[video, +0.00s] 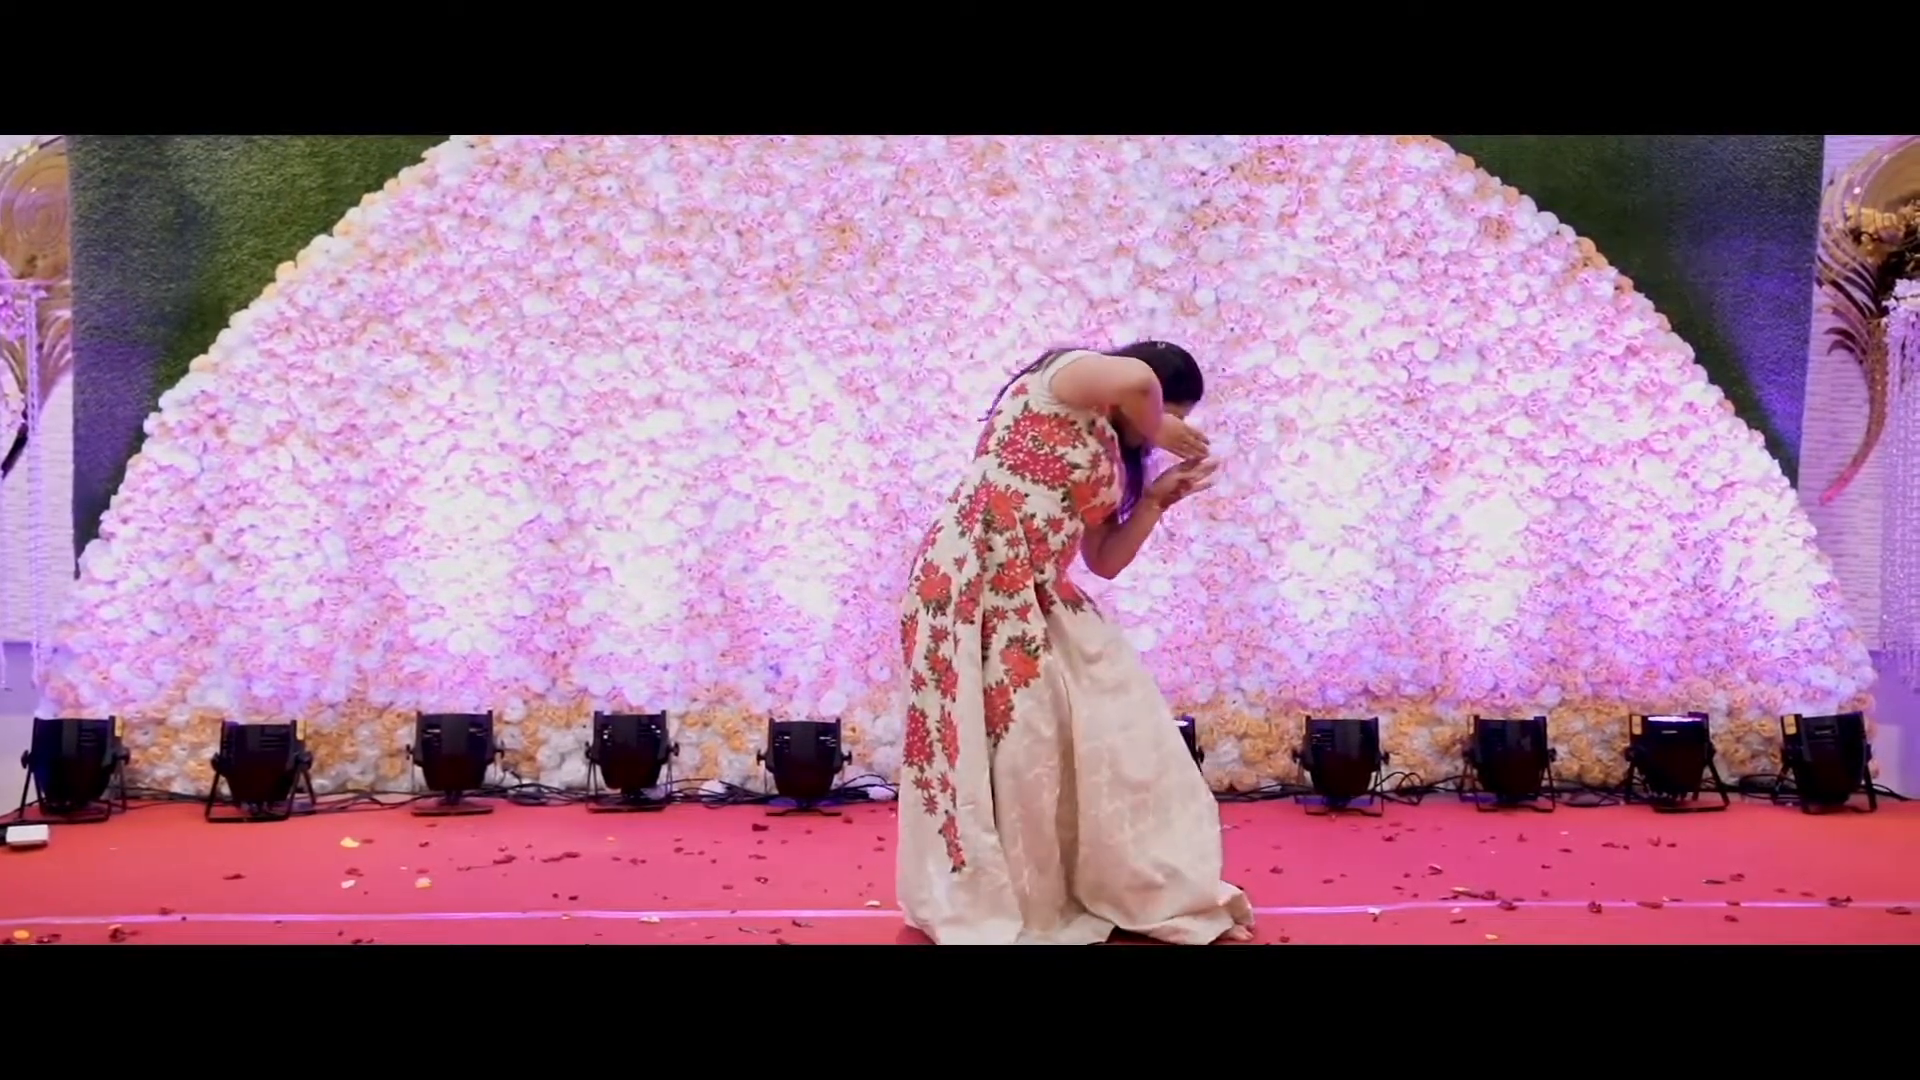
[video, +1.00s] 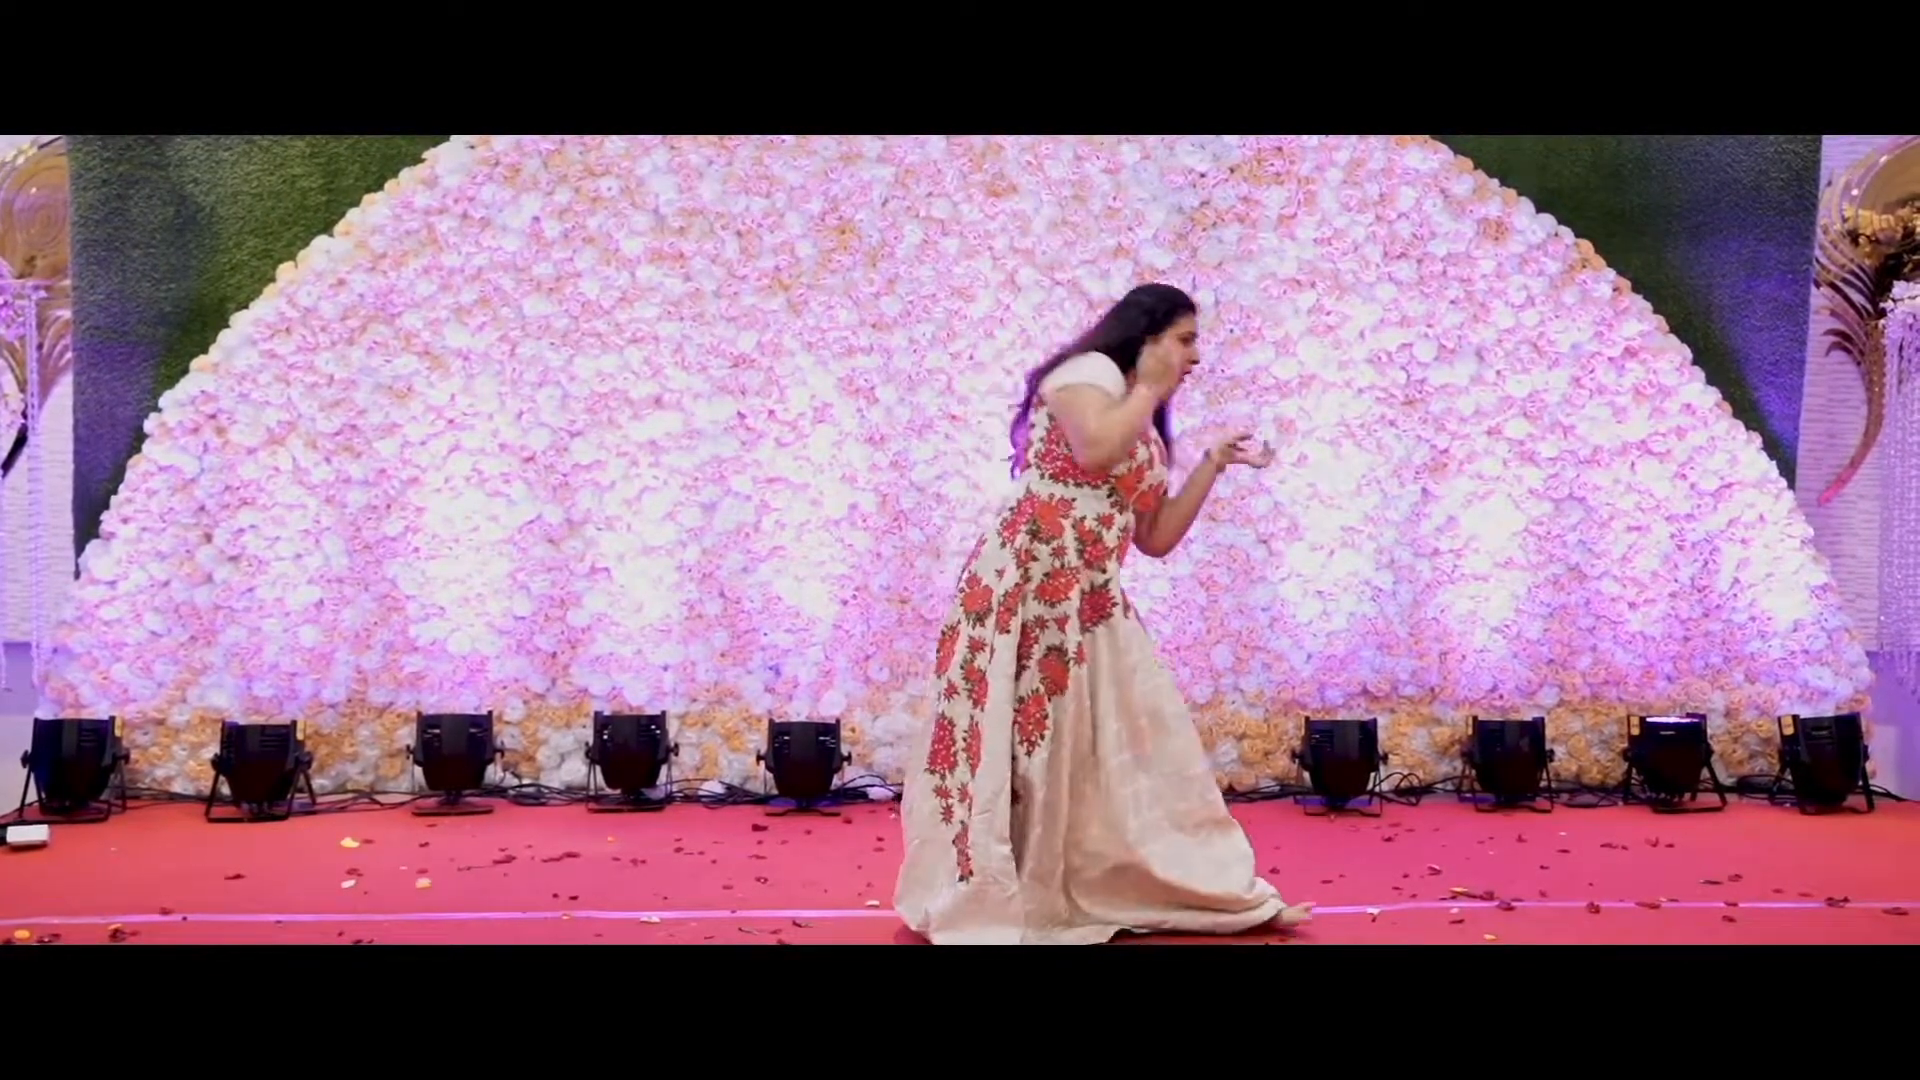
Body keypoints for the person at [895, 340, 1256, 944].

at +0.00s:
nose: (1168, 423)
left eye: (1173, 417)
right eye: (1171, 411)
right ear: (1142, 377)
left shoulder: (1106, 468)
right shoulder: (1061, 379)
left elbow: (1105, 559)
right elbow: (1138, 378)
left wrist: (1155, 500)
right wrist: (1159, 431)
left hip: (1035, 598)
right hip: (967, 587)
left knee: (1125, 722)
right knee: (1025, 735)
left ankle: (1158, 889)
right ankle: (1016, 898)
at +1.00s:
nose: (1194, 356)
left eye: (1196, 343)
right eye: (1186, 340)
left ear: (1158, 346)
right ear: (1146, 336)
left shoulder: (1144, 437)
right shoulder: (1083, 373)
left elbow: (1158, 537)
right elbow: (1095, 445)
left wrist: (1211, 464)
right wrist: (1149, 388)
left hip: (1090, 597)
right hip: (1027, 585)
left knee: (1137, 736)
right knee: (1022, 741)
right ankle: (1010, 892)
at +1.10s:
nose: (1236, 356)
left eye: (1235, 344)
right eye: (1224, 343)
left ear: (1203, 352)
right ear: (1185, 348)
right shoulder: (1156, 392)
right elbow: (1168, 483)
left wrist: (1248, 505)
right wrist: (1221, 441)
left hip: (1111, 602)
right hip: (1053, 591)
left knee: (1187, 726)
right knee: (1056, 743)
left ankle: (1211, 887)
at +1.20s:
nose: (1278, 364)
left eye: (1275, 352)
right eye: (1263, 352)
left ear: (1226, 361)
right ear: (1224, 360)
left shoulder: (1209, 441)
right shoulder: (1206, 405)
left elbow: (1223, 569)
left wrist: (1292, 539)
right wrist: (1269, 454)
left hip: (1131, 605)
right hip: (1079, 591)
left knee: (1222, 716)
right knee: (1067, 742)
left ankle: (1218, 888)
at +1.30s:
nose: (1310, 376)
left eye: (1306, 362)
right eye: (1293, 364)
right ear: (1255, 375)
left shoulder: (1233, 457)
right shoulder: (1239, 423)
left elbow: (1235, 582)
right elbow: (1342, 436)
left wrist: (1280, 542)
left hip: (1162, 610)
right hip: (1104, 593)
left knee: (1251, 724)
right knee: (1084, 750)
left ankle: (1236, 894)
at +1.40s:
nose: (1326, 385)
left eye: (1322, 372)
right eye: (1309, 374)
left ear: (1306, 383)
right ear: (1268, 385)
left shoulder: (1275, 481)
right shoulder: (1254, 431)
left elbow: (1281, 586)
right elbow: (1359, 430)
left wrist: (1297, 543)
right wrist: (1452, 473)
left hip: (1179, 621)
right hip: (1116, 602)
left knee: (1272, 732)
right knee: (1082, 757)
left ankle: (1230, 896)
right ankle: (1073, 905)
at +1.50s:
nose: (1331, 385)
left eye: (1331, 372)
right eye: (1315, 373)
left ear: (1319, 385)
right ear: (1275, 387)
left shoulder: (1302, 479)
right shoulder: (1256, 435)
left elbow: (1355, 557)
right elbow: (1356, 435)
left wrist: (1361, 501)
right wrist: (1472, 458)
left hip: (1197, 627)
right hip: (1126, 609)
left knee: (1286, 731)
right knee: (1089, 759)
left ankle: (1224, 893)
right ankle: (1048, 906)